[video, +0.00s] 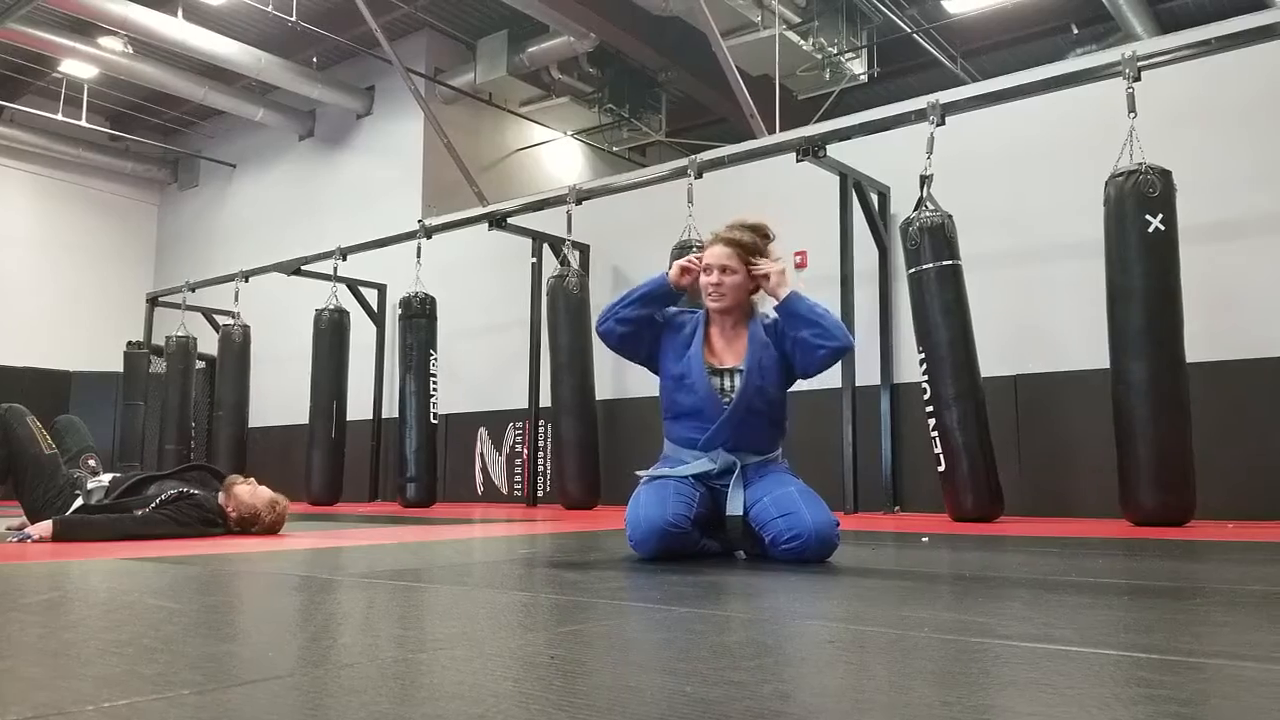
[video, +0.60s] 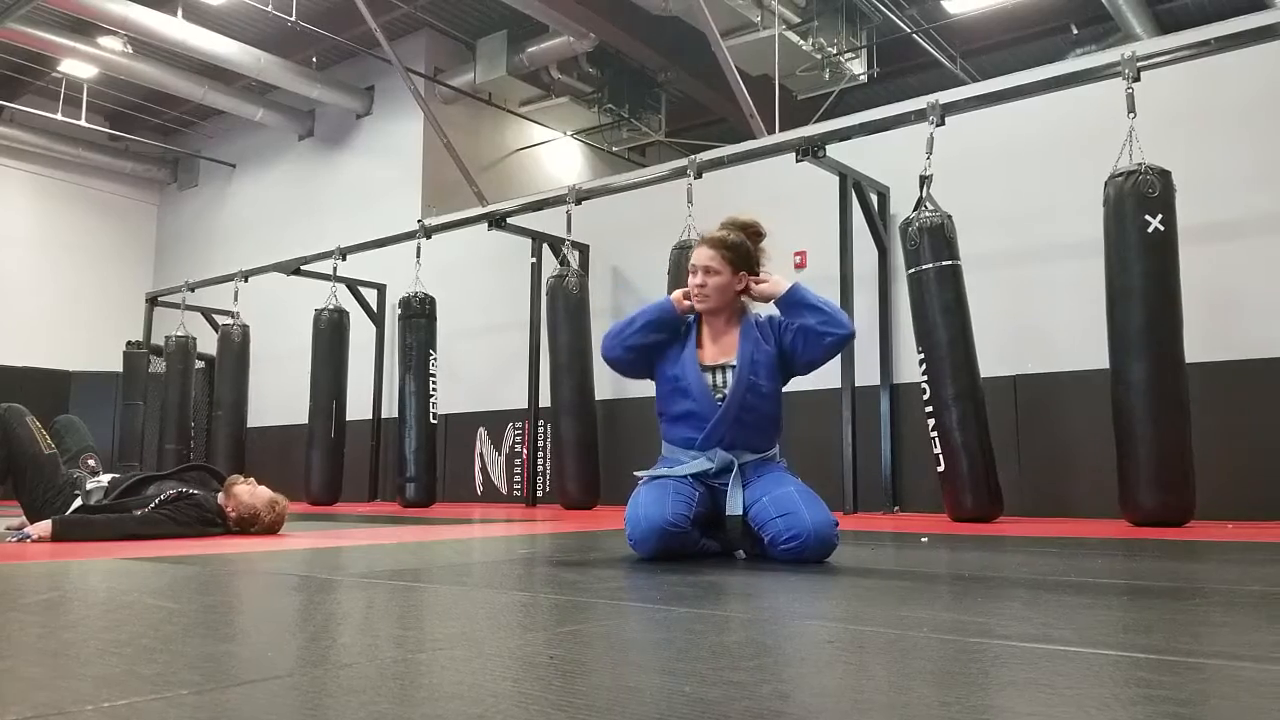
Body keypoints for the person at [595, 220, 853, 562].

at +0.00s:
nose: (714, 280)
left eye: (727, 271)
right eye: (707, 270)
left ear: (753, 281)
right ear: (698, 278)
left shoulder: (776, 333)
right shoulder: (672, 329)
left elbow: (837, 343)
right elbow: (610, 327)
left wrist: (783, 293)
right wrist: (669, 285)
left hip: (760, 473)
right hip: (682, 473)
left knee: (813, 537)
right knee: (650, 535)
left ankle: (745, 535)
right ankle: (717, 541)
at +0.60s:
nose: (696, 281)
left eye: (710, 273)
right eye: (692, 271)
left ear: (741, 282)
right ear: (686, 275)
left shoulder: (771, 334)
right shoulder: (670, 336)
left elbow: (837, 331)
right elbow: (614, 350)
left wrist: (783, 289)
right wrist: (671, 308)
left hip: (758, 473)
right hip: (681, 474)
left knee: (812, 537)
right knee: (650, 533)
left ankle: (746, 534)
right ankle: (717, 541)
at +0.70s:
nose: (692, 276)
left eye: (705, 267)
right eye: (691, 267)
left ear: (737, 277)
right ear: (685, 272)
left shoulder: (768, 332)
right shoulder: (672, 334)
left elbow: (833, 349)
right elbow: (626, 380)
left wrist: (778, 306)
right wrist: (669, 322)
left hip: (758, 473)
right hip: (682, 474)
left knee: (813, 538)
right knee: (650, 533)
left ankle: (747, 534)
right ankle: (718, 541)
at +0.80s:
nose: (689, 272)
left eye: (701, 264)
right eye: (690, 264)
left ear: (733, 275)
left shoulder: (769, 335)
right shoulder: (673, 338)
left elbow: (822, 379)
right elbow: (641, 403)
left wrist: (764, 331)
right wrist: (664, 335)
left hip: (758, 474)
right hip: (682, 474)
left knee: (813, 537)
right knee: (650, 532)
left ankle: (747, 534)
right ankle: (716, 541)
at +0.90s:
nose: (687, 272)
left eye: (699, 263)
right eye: (689, 264)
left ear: (731, 275)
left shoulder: (777, 339)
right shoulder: (672, 339)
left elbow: (808, 413)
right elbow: (644, 408)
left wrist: (757, 375)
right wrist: (660, 338)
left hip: (758, 475)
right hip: (682, 474)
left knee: (813, 537)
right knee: (649, 533)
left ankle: (747, 537)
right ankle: (713, 542)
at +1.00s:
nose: (688, 274)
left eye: (699, 265)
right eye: (689, 266)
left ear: (731, 275)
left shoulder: (776, 343)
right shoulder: (671, 339)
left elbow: (797, 422)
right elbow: (639, 403)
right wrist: (658, 334)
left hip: (758, 478)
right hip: (683, 475)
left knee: (813, 537)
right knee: (650, 533)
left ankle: (746, 537)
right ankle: (715, 542)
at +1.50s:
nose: (698, 274)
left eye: (710, 266)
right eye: (700, 265)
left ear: (742, 278)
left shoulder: (783, 347)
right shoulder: (678, 335)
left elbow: (791, 433)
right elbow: (636, 406)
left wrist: (751, 481)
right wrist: (679, 352)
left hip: (760, 475)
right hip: (682, 474)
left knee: (812, 536)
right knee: (651, 533)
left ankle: (741, 536)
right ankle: (718, 542)